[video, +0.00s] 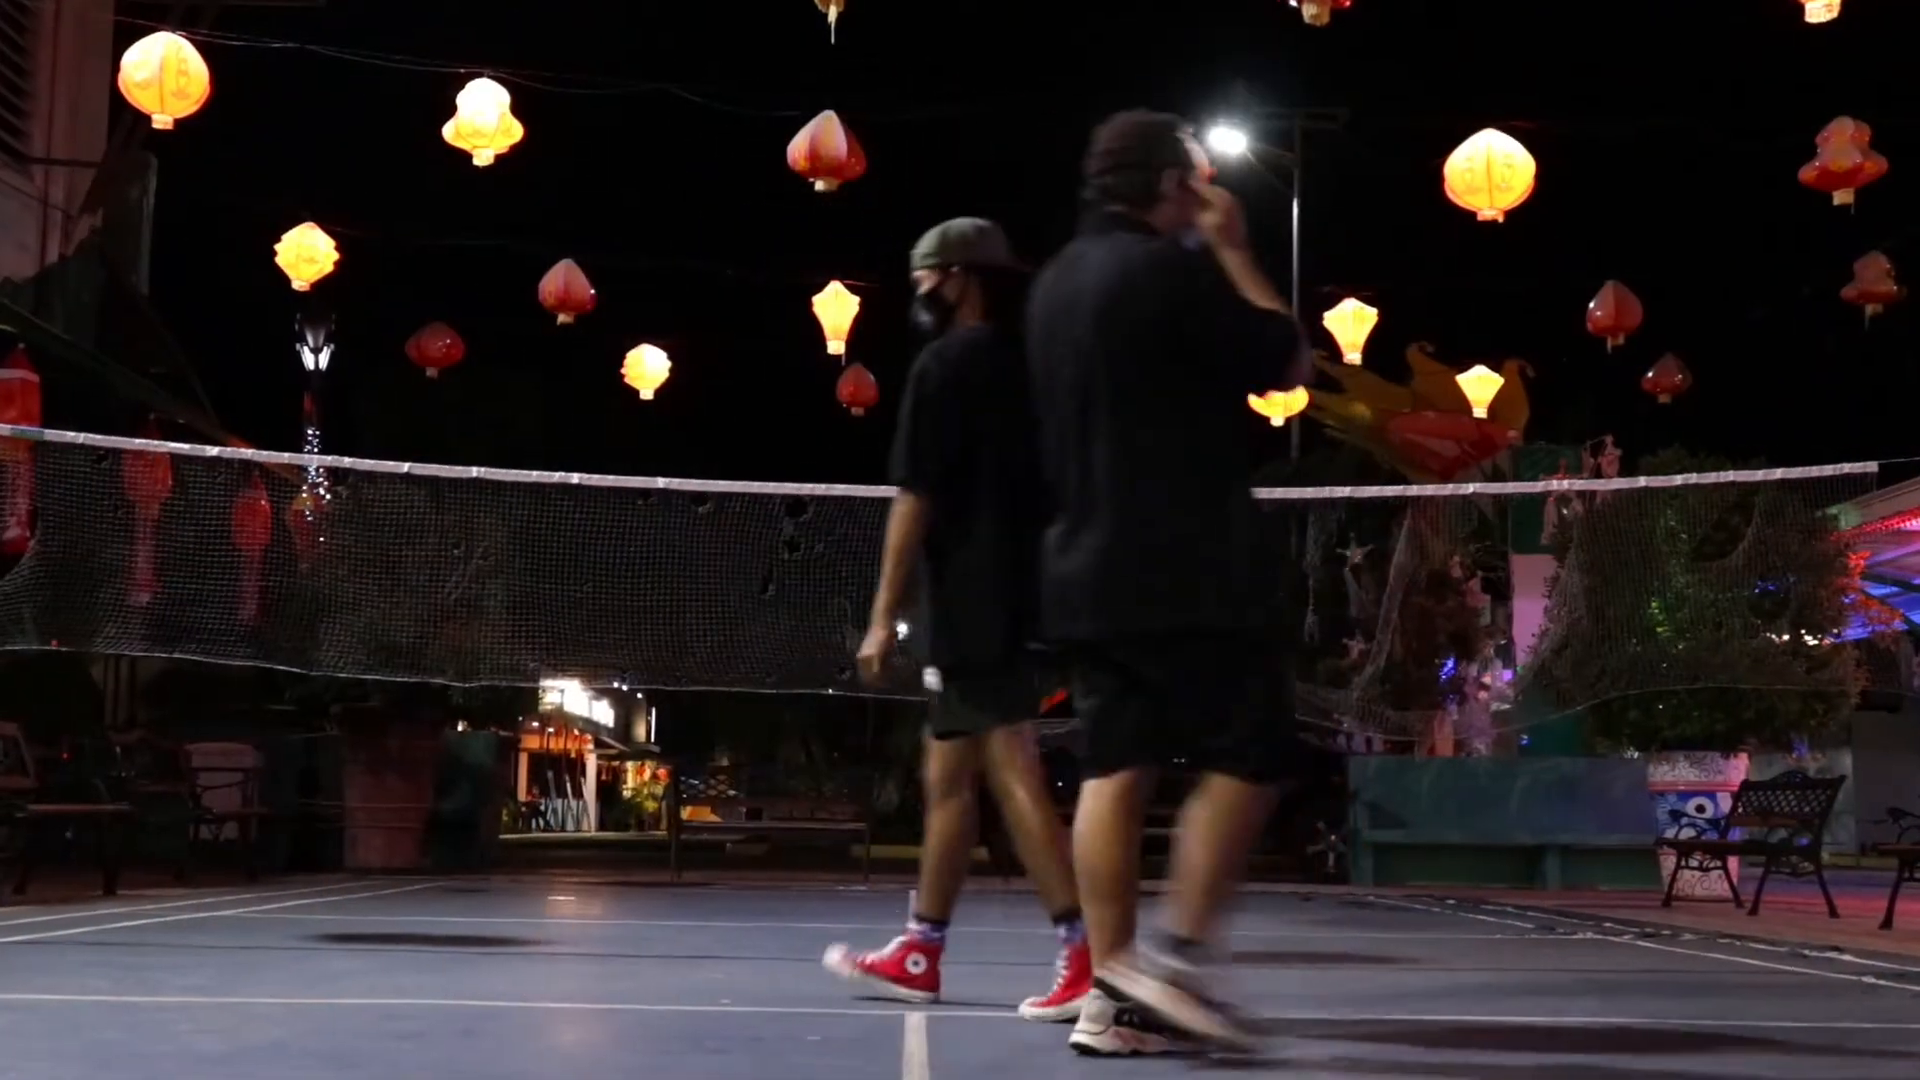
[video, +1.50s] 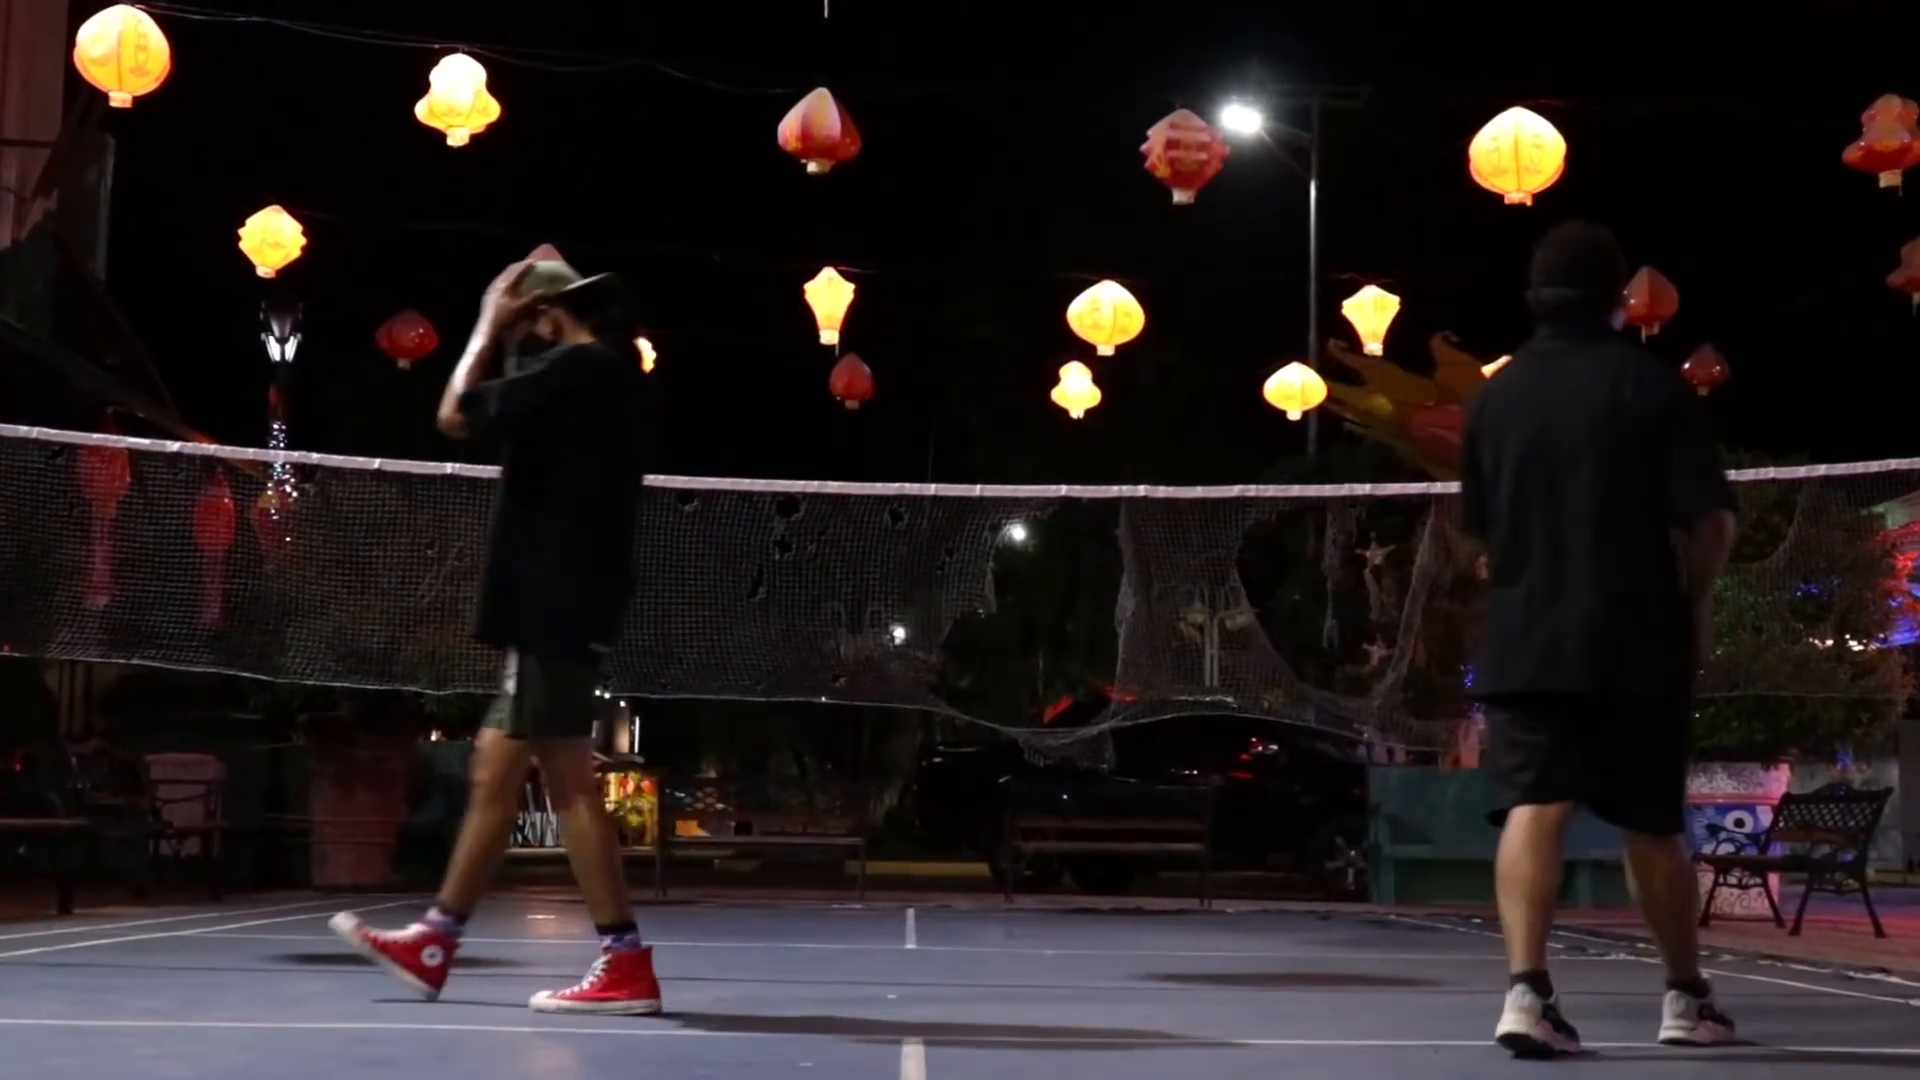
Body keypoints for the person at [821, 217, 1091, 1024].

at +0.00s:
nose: (918, 287)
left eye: (927, 275)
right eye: (918, 275)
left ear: (961, 280)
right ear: (982, 282)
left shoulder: (945, 363)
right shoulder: (1025, 359)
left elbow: (913, 498)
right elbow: (1044, 490)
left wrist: (881, 615)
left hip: (972, 598)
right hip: (1012, 590)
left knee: (1014, 773)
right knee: (947, 772)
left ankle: (1081, 952)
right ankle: (919, 949)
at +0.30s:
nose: (852, 294)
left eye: (859, 283)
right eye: (852, 282)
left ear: (896, 285)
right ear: (919, 285)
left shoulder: (892, 357)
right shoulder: (963, 357)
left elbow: (870, 476)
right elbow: (959, 482)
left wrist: (813, 580)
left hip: (885, 591)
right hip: (939, 592)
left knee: (819, 753)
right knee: (896, 762)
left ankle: (957, 880)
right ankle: (907, 946)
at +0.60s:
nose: (755, 315)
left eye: (763, 300)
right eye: (754, 302)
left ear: (804, 298)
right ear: (811, 300)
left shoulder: (832, 373)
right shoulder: (846, 371)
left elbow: (821, 496)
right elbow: (840, 499)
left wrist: (756, 597)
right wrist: (768, 555)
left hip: (809, 612)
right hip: (854, 613)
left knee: (735, 763)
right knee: (869, 783)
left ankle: (674, 940)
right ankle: (904, 957)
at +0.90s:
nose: (664, 325)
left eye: (671, 310)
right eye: (663, 312)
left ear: (707, 305)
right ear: (722, 307)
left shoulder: (725, 386)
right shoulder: (769, 380)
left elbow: (716, 512)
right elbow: (755, 505)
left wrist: (627, 581)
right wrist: (672, 528)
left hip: (703, 621)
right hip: (763, 619)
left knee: (643, 773)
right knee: (765, 778)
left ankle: (635, 955)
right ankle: (868, 926)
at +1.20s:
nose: (590, 337)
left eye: (590, 323)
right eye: (585, 327)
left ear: (613, 306)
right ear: (642, 304)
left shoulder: (621, 371)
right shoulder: (691, 370)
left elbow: (518, 423)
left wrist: (526, 327)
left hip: (604, 603)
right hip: (649, 600)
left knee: (607, 779)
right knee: (593, 768)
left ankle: (629, 956)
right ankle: (646, 929)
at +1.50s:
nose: (525, 338)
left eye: (527, 324)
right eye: (525, 323)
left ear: (547, 317)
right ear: (586, 311)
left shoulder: (570, 375)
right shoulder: (618, 377)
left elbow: (455, 415)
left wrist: (488, 326)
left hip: (553, 611)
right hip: (571, 607)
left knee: (572, 785)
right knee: (496, 765)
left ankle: (626, 962)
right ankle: (434, 941)